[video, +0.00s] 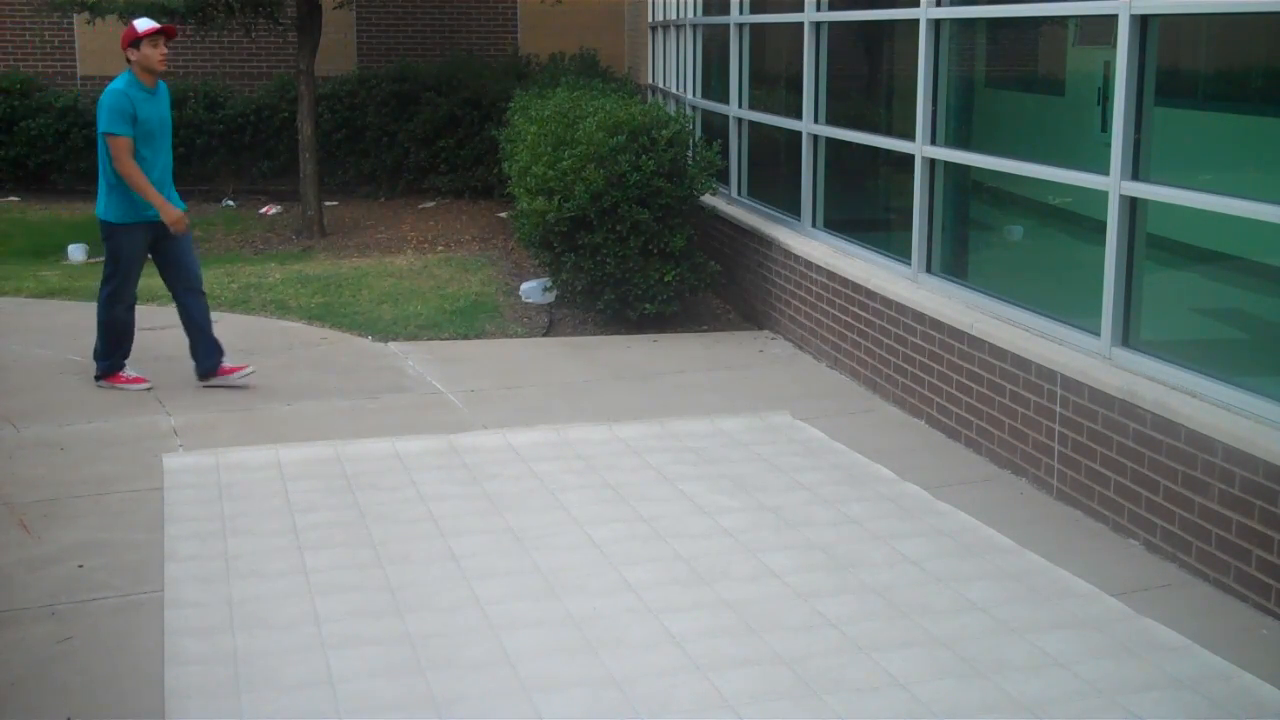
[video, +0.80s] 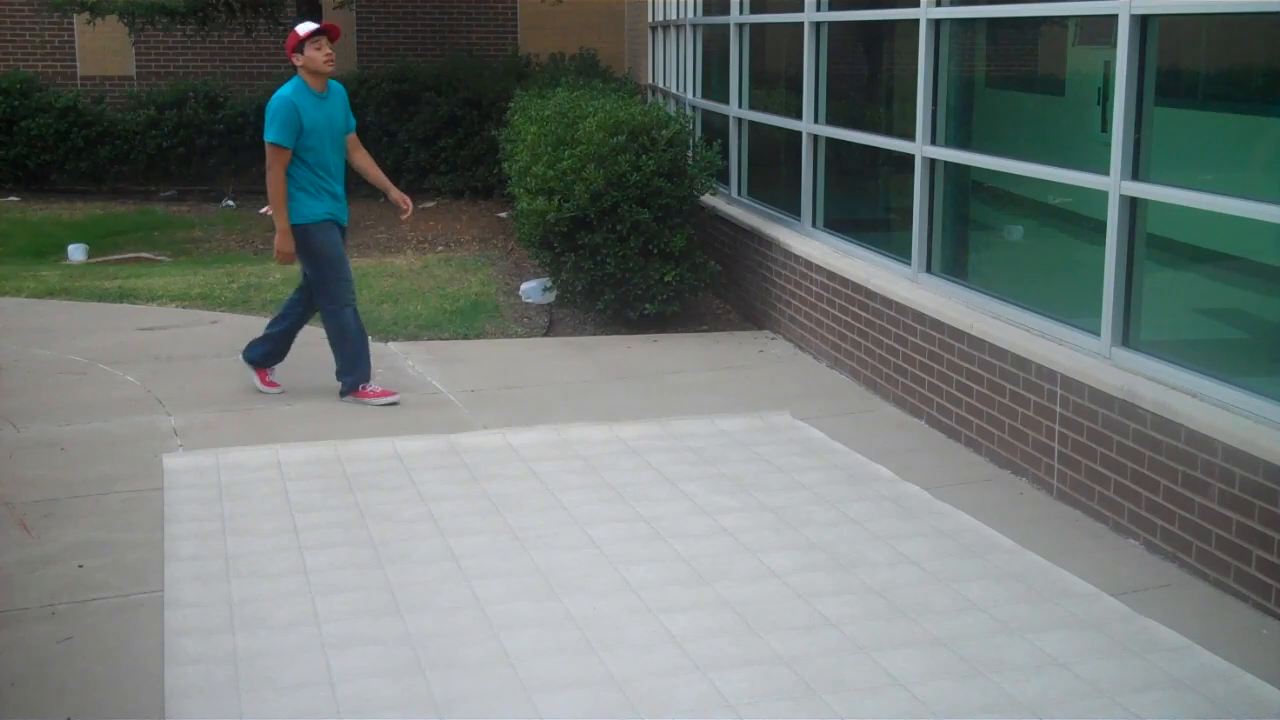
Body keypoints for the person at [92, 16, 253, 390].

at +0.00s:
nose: (164, 50)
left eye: (164, 44)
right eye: (154, 45)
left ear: (165, 49)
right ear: (132, 53)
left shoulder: (160, 89)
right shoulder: (117, 97)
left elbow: (156, 151)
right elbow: (121, 162)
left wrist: (167, 200)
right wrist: (163, 206)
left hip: (165, 209)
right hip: (125, 215)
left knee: (189, 287)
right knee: (119, 294)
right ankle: (109, 368)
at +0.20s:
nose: (210, 50)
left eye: (212, 45)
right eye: (200, 46)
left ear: (214, 54)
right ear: (180, 56)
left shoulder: (210, 97)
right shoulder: (166, 98)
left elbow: (204, 159)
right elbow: (167, 164)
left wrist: (214, 207)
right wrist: (198, 215)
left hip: (211, 214)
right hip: (170, 219)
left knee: (224, 297)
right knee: (160, 295)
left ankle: (238, 373)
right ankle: (120, 357)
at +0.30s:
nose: (230, 44)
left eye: (232, 40)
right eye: (220, 40)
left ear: (235, 50)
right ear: (200, 52)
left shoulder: (235, 94)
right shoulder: (186, 92)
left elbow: (239, 155)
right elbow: (185, 159)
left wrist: (248, 205)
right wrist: (204, 214)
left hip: (235, 211)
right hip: (195, 212)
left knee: (238, 293)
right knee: (207, 289)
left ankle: (238, 372)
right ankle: (150, 340)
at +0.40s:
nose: (247, 42)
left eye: (248, 37)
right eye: (236, 38)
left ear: (253, 48)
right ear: (218, 50)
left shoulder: (257, 91)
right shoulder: (203, 91)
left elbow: (269, 151)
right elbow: (196, 158)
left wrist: (292, 200)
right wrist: (213, 214)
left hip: (255, 208)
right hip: (221, 210)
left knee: (251, 290)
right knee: (245, 285)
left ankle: (239, 372)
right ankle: (193, 344)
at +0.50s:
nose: (264, 42)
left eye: (266, 37)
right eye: (253, 38)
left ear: (270, 48)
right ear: (235, 52)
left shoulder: (276, 90)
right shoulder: (221, 94)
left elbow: (296, 146)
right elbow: (209, 160)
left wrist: (330, 188)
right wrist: (224, 215)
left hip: (273, 205)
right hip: (240, 205)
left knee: (250, 288)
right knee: (275, 281)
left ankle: (236, 372)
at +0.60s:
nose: (284, 43)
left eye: (285, 39)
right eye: (273, 40)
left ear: (290, 50)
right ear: (255, 55)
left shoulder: (298, 91)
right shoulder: (241, 96)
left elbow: (320, 147)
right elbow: (227, 162)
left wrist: (358, 179)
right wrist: (237, 220)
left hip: (289, 208)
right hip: (259, 208)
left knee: (260, 293)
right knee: (293, 286)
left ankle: (240, 372)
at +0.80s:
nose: (328, 52)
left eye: (329, 46)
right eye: (317, 47)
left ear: (332, 53)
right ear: (298, 58)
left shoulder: (337, 93)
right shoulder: (284, 102)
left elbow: (354, 150)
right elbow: (274, 170)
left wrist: (391, 190)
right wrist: (282, 230)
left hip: (334, 212)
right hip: (306, 215)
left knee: (313, 291)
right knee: (339, 292)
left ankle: (260, 355)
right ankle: (355, 382)